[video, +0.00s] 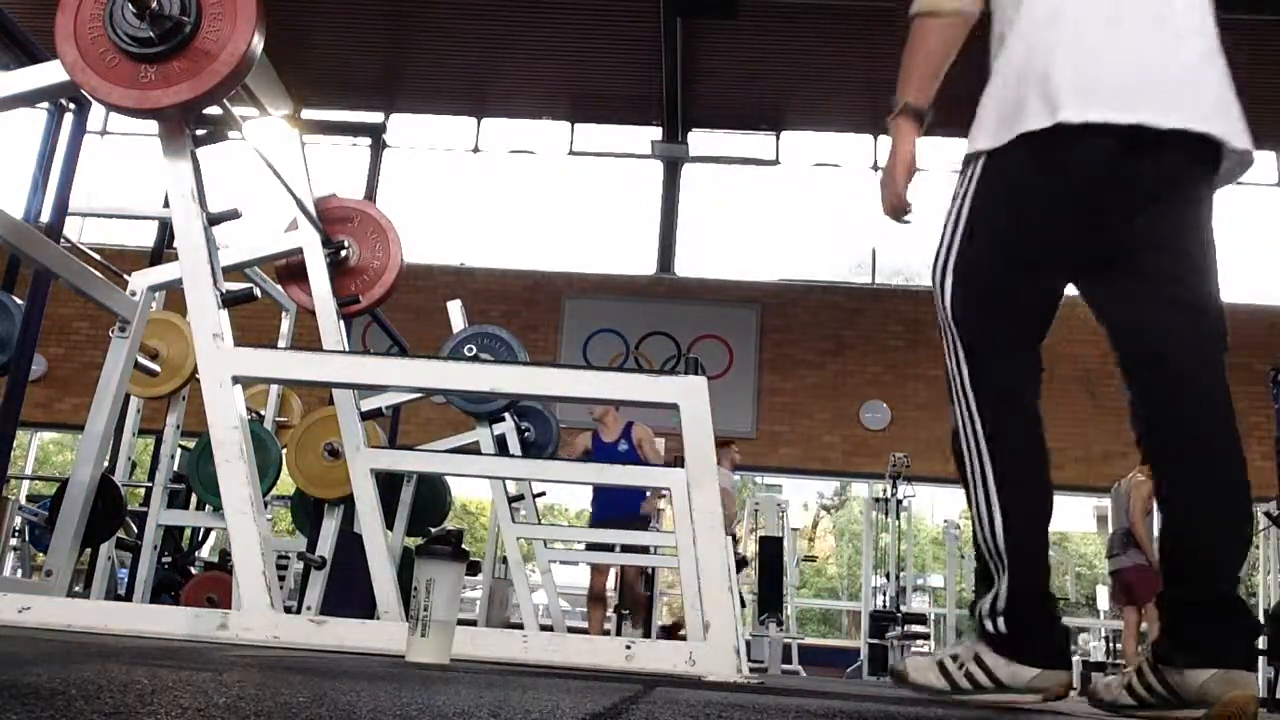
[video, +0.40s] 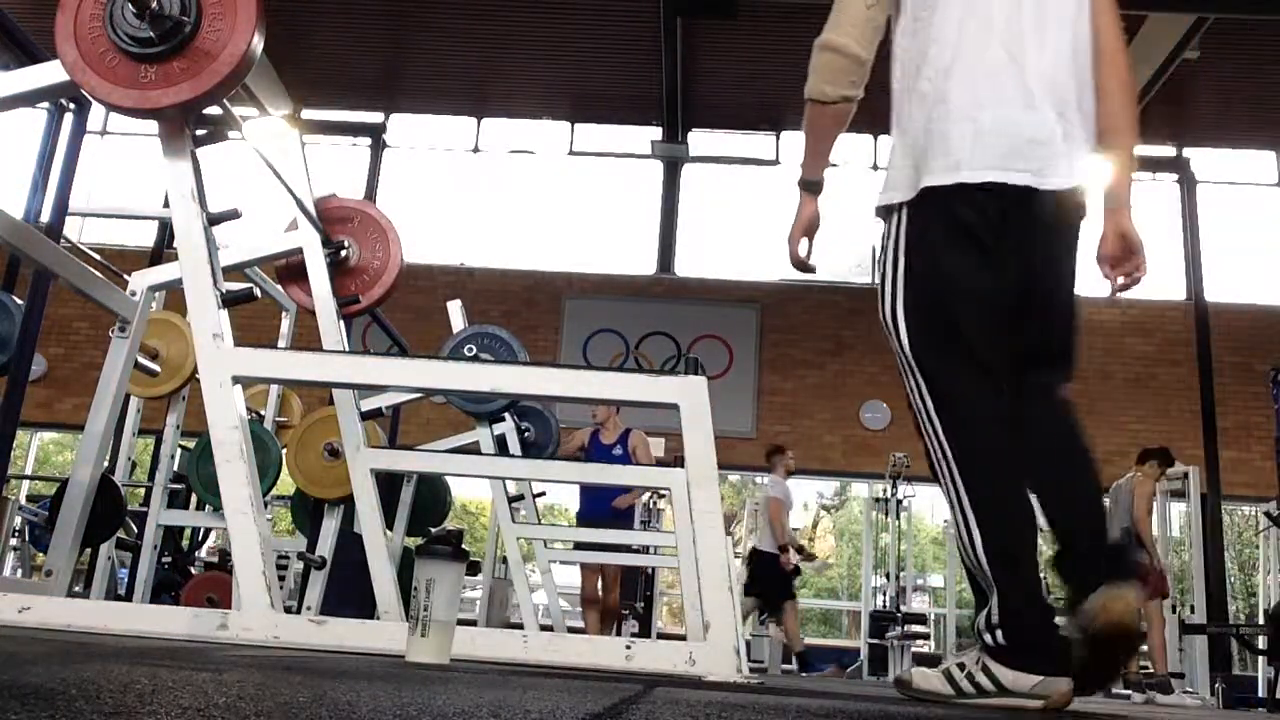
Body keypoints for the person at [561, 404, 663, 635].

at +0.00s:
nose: (590, 407)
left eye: (596, 403)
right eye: (591, 403)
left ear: (612, 406)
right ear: (601, 409)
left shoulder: (638, 432)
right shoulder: (586, 439)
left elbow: (660, 469)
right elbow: (559, 463)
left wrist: (653, 498)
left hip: (634, 516)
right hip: (602, 516)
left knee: (631, 577)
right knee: (597, 579)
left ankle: (638, 630)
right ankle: (595, 639)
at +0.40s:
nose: (594, 410)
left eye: (599, 406)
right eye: (593, 406)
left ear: (614, 409)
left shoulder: (635, 438)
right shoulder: (584, 435)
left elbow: (650, 475)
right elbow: (556, 455)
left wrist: (632, 496)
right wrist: (574, 447)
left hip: (617, 518)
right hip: (588, 516)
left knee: (611, 580)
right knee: (588, 579)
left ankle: (604, 638)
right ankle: (592, 640)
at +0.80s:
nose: (591, 412)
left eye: (597, 408)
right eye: (590, 408)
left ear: (613, 411)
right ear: (590, 412)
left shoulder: (628, 443)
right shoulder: (581, 438)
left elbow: (638, 482)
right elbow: (556, 461)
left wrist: (616, 491)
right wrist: (580, 471)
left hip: (611, 520)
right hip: (579, 516)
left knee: (610, 581)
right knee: (563, 575)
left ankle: (607, 637)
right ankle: (556, 628)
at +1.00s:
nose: (579, 412)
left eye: (585, 407)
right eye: (579, 407)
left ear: (600, 411)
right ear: (579, 412)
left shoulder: (615, 442)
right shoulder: (567, 438)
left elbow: (622, 481)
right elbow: (549, 467)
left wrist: (593, 462)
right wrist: (563, 458)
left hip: (599, 519)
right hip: (569, 515)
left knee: (604, 579)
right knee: (552, 573)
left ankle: (606, 635)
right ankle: (530, 625)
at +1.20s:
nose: (556, 411)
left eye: (562, 406)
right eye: (555, 406)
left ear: (577, 409)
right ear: (555, 410)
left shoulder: (591, 437)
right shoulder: (550, 435)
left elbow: (596, 456)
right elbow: (534, 453)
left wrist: (569, 447)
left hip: (578, 514)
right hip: (549, 512)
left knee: (587, 578)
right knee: (536, 573)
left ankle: (598, 635)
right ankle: (531, 625)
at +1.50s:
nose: (543, 408)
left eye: (547, 402)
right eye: (539, 401)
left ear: (552, 407)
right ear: (530, 406)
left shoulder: (565, 433)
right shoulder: (523, 433)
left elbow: (578, 453)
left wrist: (567, 448)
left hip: (558, 509)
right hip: (526, 511)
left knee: (565, 573)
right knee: (528, 572)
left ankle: (570, 627)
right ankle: (526, 625)